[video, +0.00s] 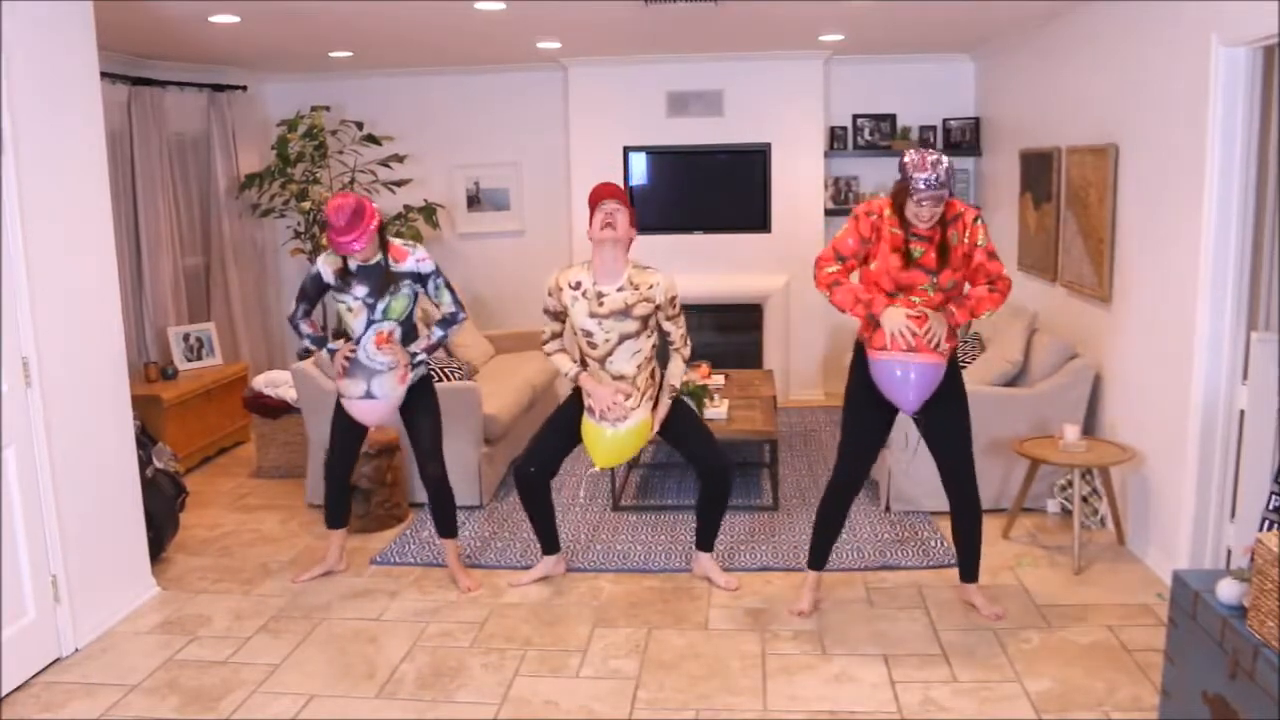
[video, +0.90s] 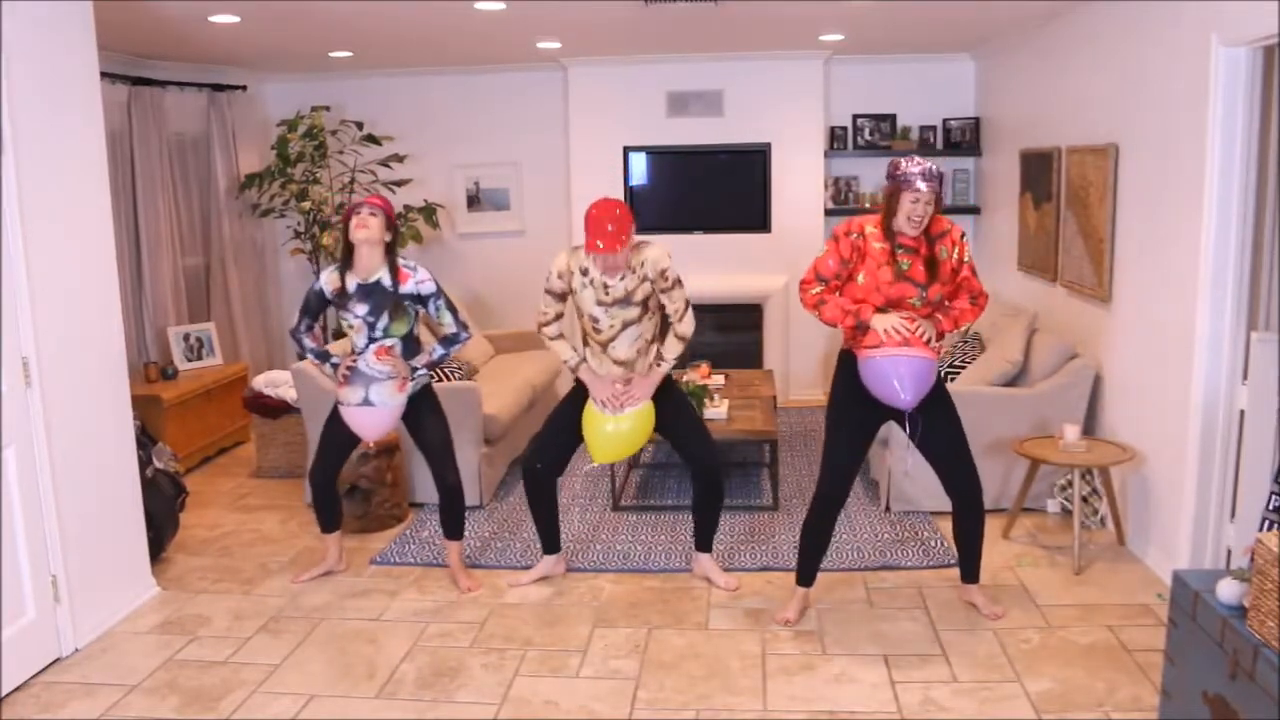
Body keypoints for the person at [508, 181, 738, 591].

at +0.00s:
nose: (607, 214)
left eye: (618, 212)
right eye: (600, 212)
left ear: (632, 233)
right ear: (588, 231)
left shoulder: (655, 284)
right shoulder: (565, 284)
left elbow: (680, 349)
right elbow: (552, 345)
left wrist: (662, 406)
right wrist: (588, 383)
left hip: (652, 393)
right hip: (590, 395)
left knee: (717, 466)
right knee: (529, 470)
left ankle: (704, 554)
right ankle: (552, 556)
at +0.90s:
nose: (610, 263)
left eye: (617, 253)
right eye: (601, 254)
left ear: (631, 239)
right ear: (588, 244)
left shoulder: (653, 260)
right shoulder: (568, 265)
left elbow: (683, 323)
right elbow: (549, 326)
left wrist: (652, 378)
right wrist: (589, 378)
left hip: (652, 381)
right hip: (592, 384)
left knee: (707, 462)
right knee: (537, 465)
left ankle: (703, 555)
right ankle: (552, 556)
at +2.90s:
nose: (611, 260)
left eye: (619, 251)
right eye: (604, 252)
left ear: (635, 232)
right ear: (592, 236)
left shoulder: (662, 258)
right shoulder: (571, 256)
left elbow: (697, 324)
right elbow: (539, 321)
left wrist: (656, 380)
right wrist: (576, 378)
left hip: (648, 396)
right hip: (587, 396)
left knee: (708, 478)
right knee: (531, 484)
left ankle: (701, 558)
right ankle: (552, 558)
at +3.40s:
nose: (611, 205)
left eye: (620, 198)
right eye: (603, 199)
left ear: (635, 207)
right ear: (592, 208)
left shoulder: (661, 254)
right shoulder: (570, 252)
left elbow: (691, 319)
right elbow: (541, 313)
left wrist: (666, 376)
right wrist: (561, 374)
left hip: (644, 389)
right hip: (583, 392)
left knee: (698, 473)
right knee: (536, 480)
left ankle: (701, 558)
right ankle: (551, 558)